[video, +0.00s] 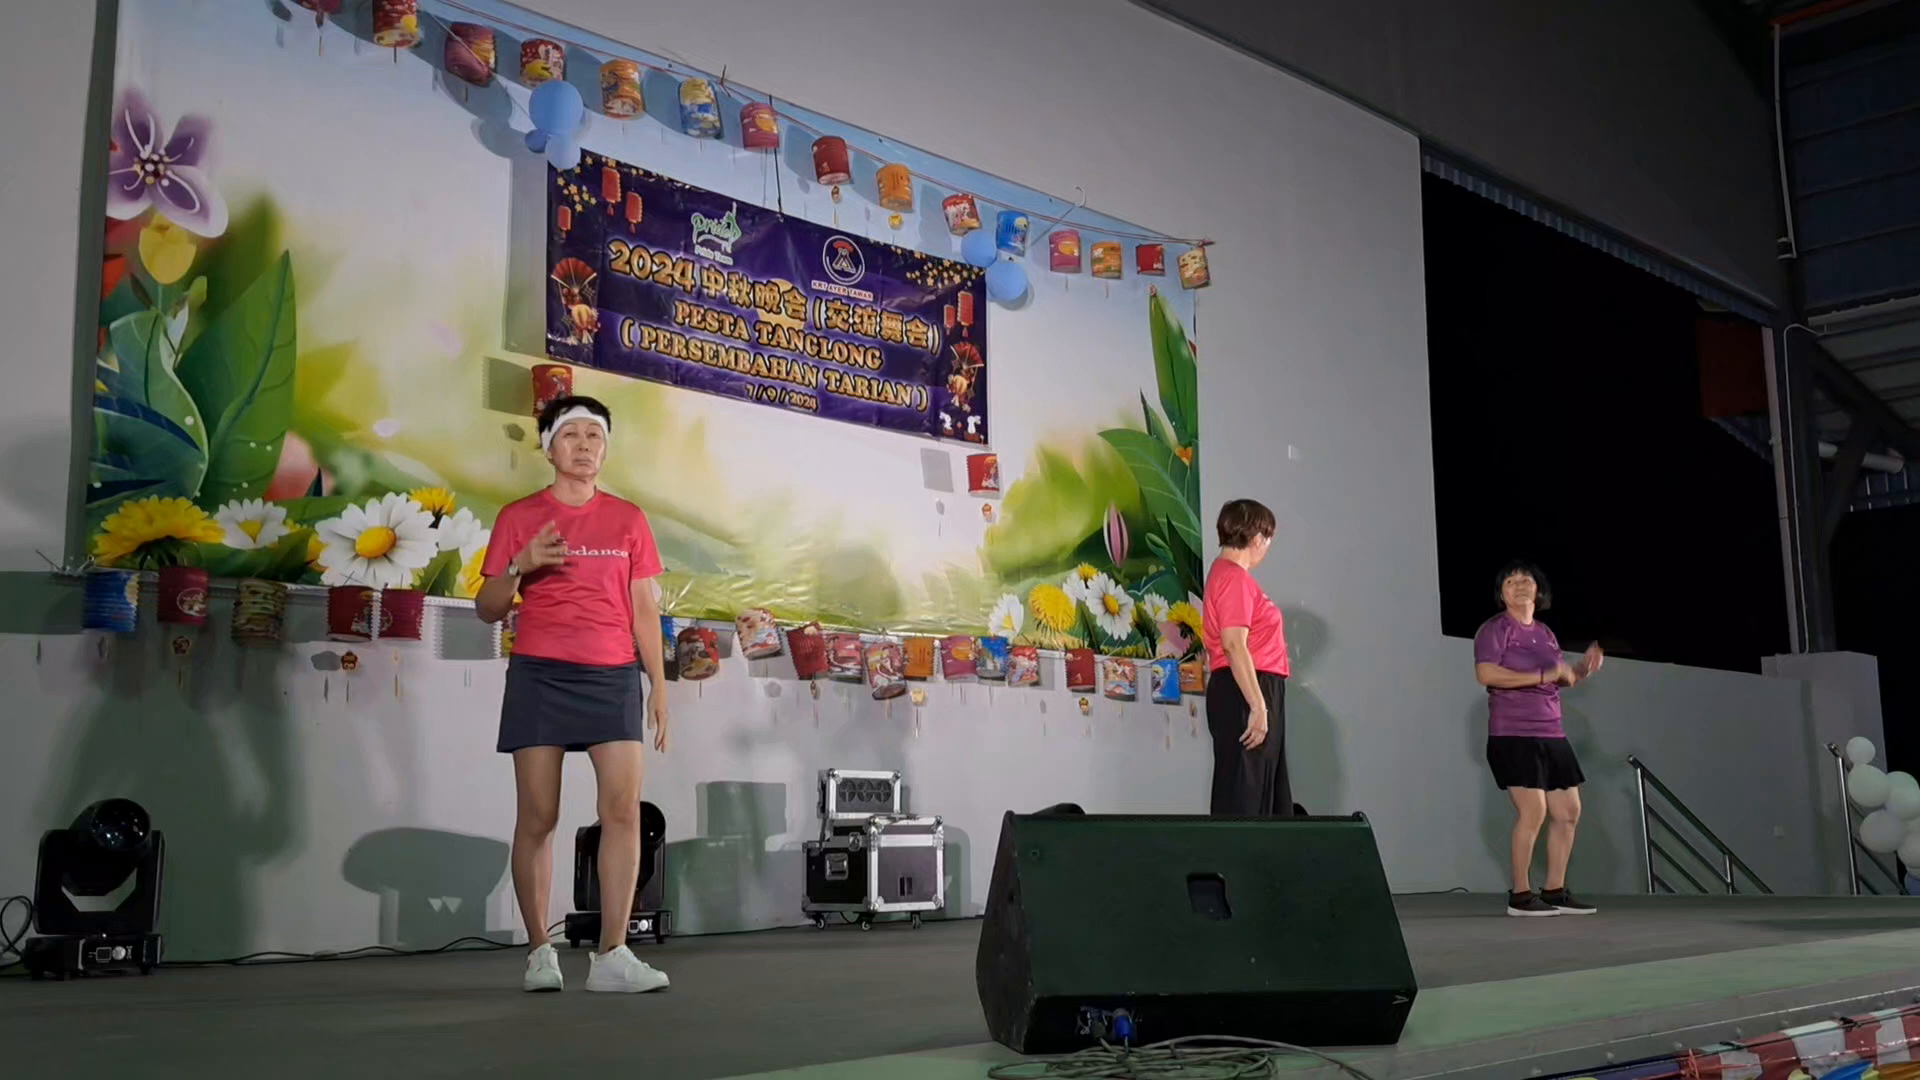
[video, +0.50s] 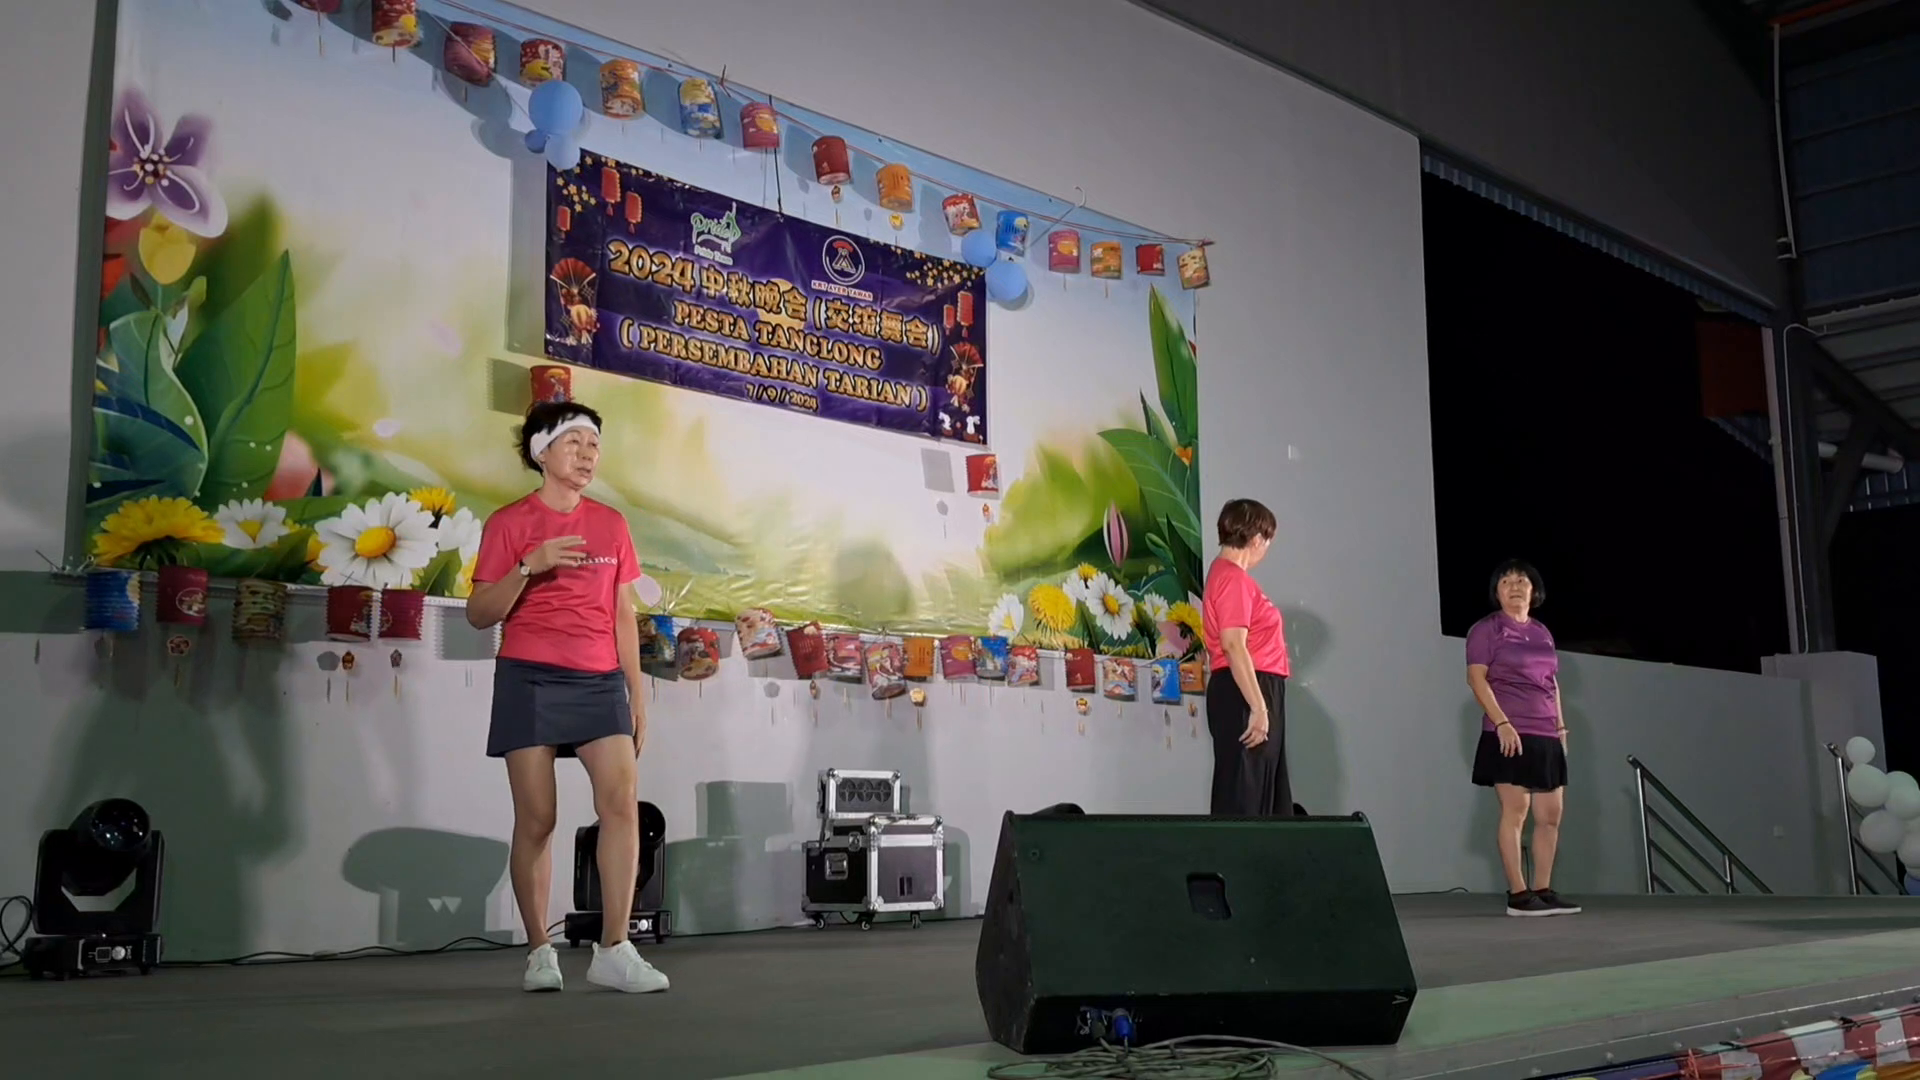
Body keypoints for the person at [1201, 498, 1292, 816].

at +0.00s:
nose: (1268, 547)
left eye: (1269, 539)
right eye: (1268, 538)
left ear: (1228, 533)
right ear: (1257, 538)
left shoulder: (1230, 573)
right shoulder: (1233, 576)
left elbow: (1234, 643)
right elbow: (1234, 643)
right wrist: (1258, 706)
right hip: (1246, 685)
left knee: (1264, 792)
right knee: (1244, 793)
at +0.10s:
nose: (1267, 547)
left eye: (1269, 540)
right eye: (1268, 539)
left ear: (1228, 532)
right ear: (1257, 538)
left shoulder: (1228, 573)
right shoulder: (1233, 577)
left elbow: (1234, 643)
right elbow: (1234, 643)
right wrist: (1258, 707)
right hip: (1246, 684)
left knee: (1265, 793)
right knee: (1245, 794)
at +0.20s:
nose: (1267, 547)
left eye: (1269, 540)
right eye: (1268, 539)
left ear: (1229, 532)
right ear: (1257, 538)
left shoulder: (1229, 573)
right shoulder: (1233, 577)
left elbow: (1235, 643)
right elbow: (1234, 643)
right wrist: (1259, 707)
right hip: (1246, 685)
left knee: (1265, 792)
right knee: (1245, 793)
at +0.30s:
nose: (1267, 547)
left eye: (1269, 540)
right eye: (1268, 539)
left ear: (1228, 532)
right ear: (1257, 539)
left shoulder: (1229, 574)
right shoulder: (1233, 577)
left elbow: (1235, 644)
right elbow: (1234, 643)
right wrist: (1260, 706)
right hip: (1245, 685)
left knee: (1265, 792)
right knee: (1244, 793)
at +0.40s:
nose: (1267, 548)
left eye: (1269, 540)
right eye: (1268, 540)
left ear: (1228, 532)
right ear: (1257, 539)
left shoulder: (1228, 573)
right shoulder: (1232, 577)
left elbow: (1236, 643)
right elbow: (1233, 643)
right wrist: (1259, 706)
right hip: (1246, 685)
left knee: (1265, 792)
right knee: (1244, 793)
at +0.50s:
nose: (1266, 548)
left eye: (1268, 541)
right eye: (1267, 540)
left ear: (1228, 532)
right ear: (1256, 538)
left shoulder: (1228, 574)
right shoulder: (1232, 577)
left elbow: (1235, 643)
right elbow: (1233, 643)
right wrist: (1258, 707)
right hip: (1246, 685)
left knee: (1265, 793)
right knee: (1244, 794)